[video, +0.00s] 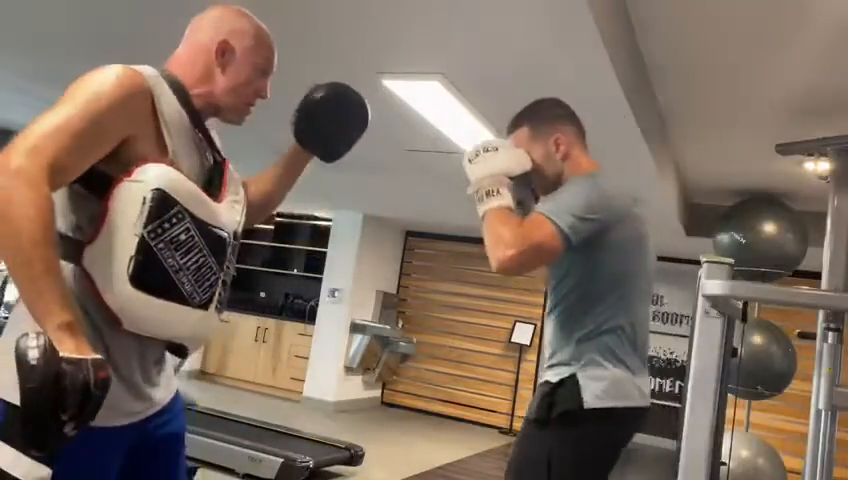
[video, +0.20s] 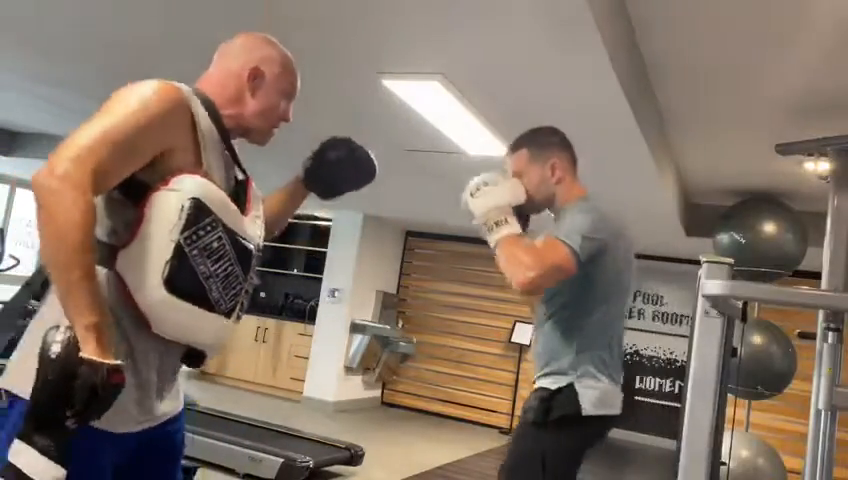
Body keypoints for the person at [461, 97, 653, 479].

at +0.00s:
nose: (522, 170)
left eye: (524, 155)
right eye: (517, 159)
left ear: (560, 145)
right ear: (562, 144)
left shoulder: (590, 193)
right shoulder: (610, 196)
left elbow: (507, 252)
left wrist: (488, 185)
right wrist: (521, 192)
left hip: (586, 395)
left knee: (528, 472)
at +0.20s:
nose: (515, 187)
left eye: (519, 175)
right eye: (513, 178)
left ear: (555, 171)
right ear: (555, 172)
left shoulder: (590, 220)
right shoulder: (580, 222)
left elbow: (528, 274)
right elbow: (530, 272)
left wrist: (499, 219)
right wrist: (503, 222)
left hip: (574, 396)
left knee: (520, 473)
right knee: (525, 472)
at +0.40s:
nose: (527, 189)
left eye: (536, 178)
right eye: (526, 179)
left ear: (571, 180)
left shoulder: (602, 232)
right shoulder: (559, 238)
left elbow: (582, 287)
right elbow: (517, 301)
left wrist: (537, 235)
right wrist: (506, 253)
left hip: (575, 390)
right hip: (545, 387)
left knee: (539, 473)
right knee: (513, 472)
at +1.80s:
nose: (519, 182)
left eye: (528, 173)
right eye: (515, 173)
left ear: (554, 173)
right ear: (511, 175)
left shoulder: (584, 221)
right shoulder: (512, 226)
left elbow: (595, 272)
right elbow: (479, 286)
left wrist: (548, 224)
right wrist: (480, 236)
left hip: (554, 365)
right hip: (510, 362)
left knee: (507, 472)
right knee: (501, 470)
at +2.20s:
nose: (487, 182)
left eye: (497, 172)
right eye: (484, 173)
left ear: (525, 172)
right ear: (481, 174)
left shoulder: (557, 224)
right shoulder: (498, 226)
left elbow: (539, 277)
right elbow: (462, 284)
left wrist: (499, 223)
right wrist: (455, 234)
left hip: (530, 373)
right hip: (495, 369)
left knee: (491, 471)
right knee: (470, 466)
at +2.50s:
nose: (475, 199)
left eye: (485, 188)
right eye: (471, 190)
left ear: (513, 188)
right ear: (468, 189)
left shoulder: (546, 233)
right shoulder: (486, 238)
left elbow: (542, 295)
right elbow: (457, 298)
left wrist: (494, 249)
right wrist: (450, 247)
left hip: (518, 377)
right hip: (482, 373)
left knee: (463, 472)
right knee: (490, 472)